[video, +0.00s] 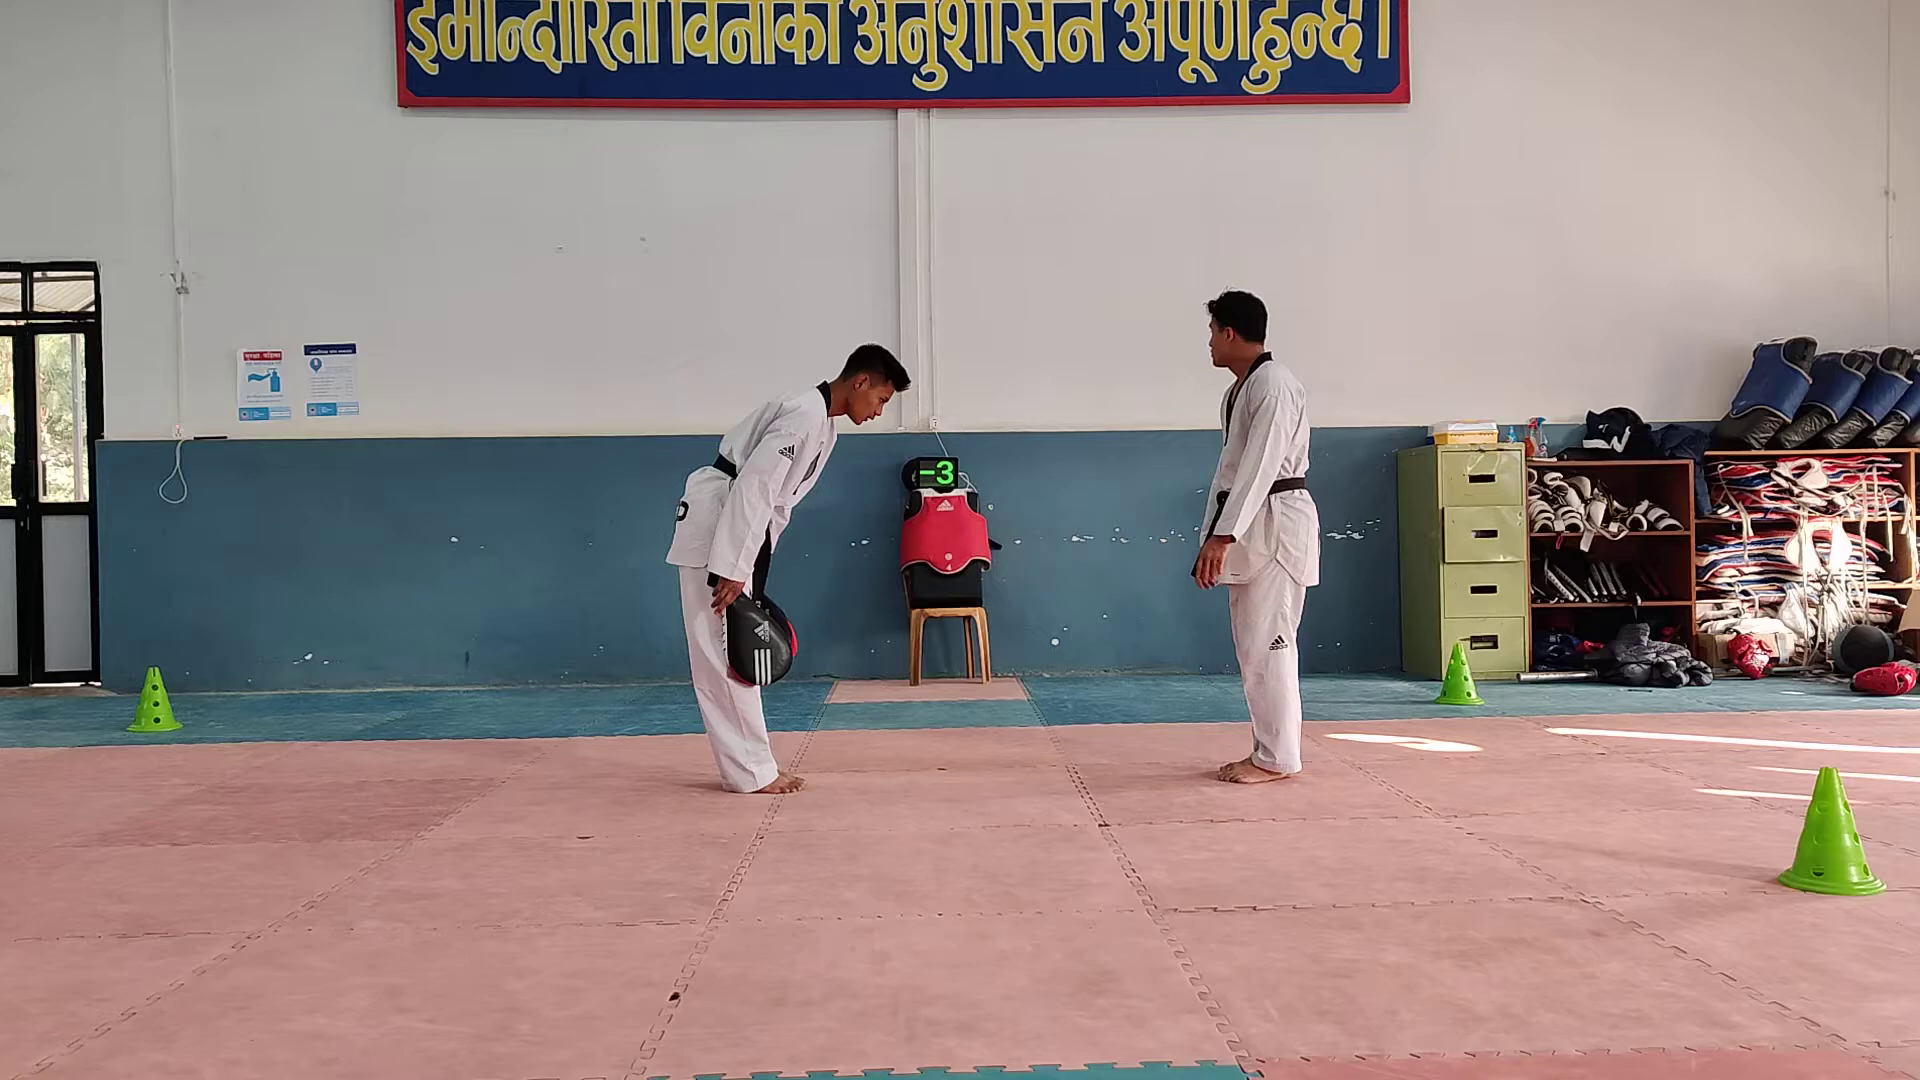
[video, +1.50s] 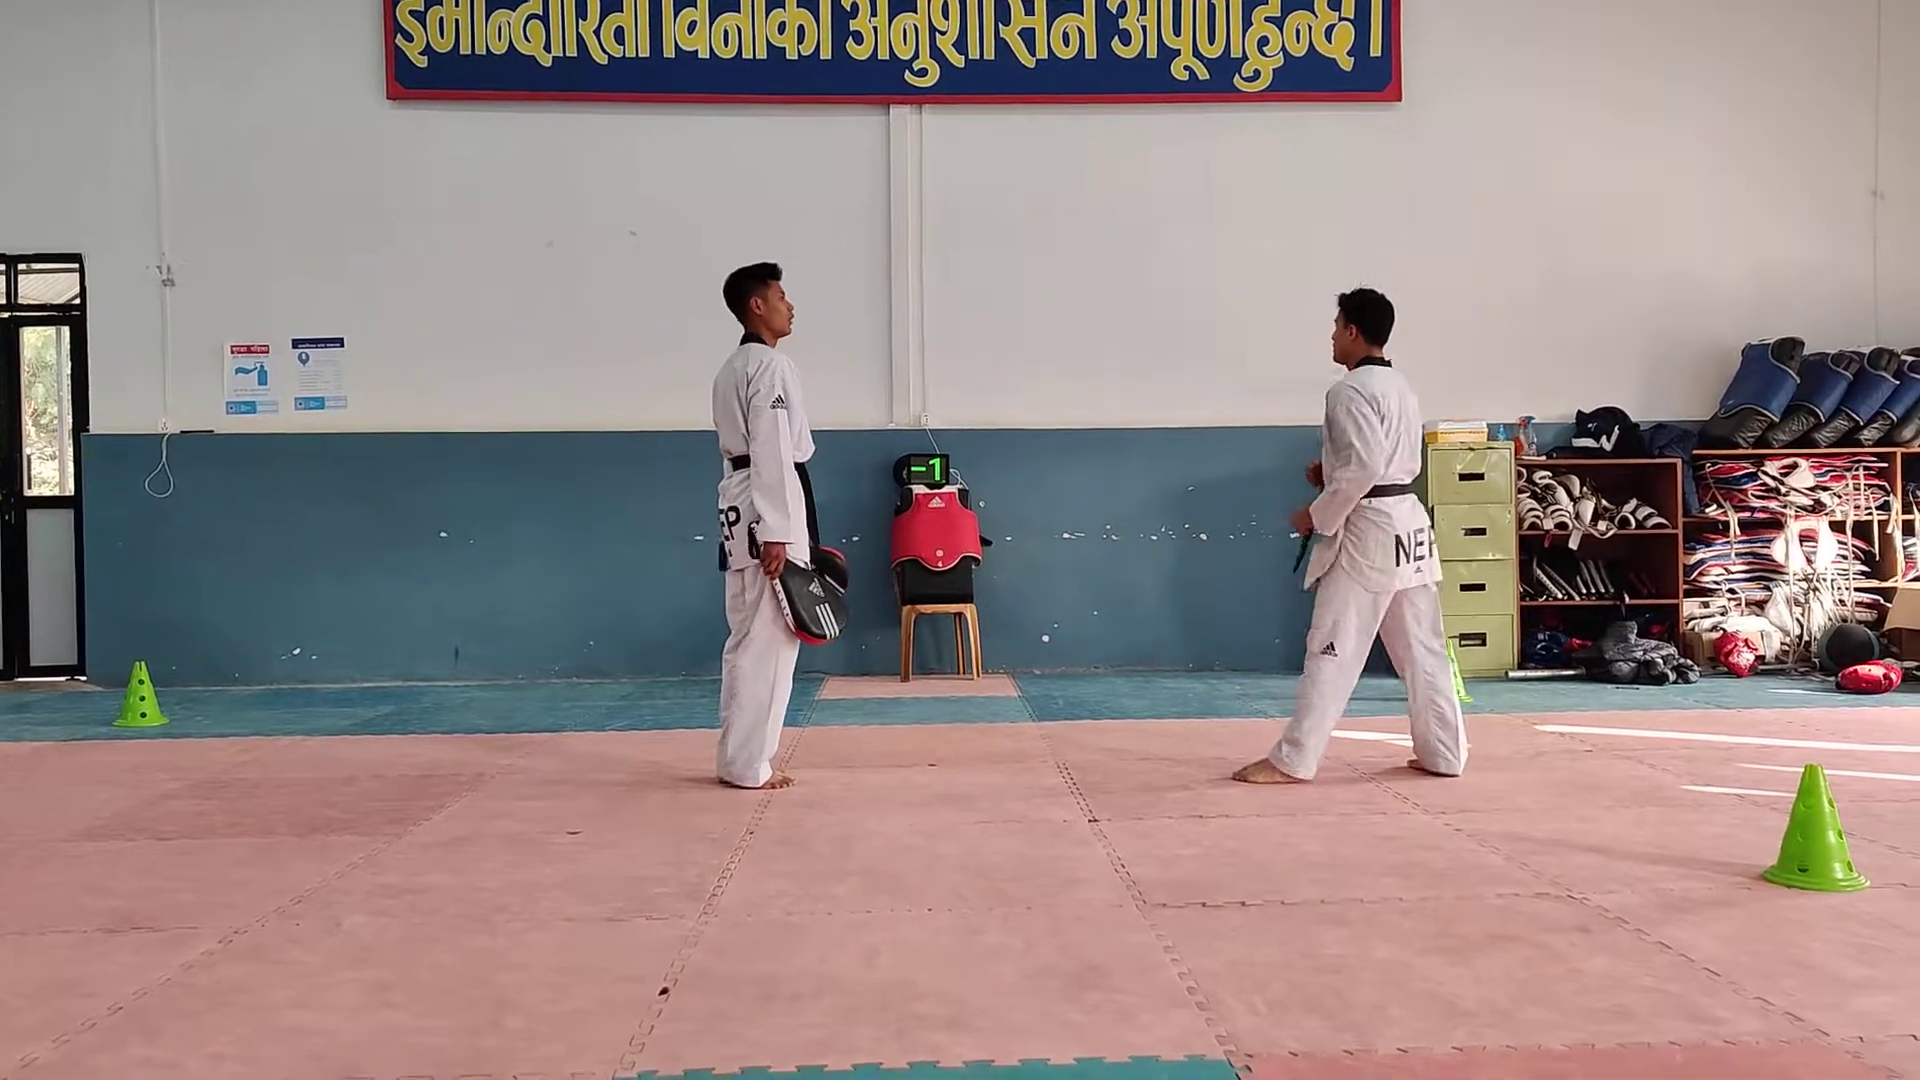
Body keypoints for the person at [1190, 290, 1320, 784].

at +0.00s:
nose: (1209, 341)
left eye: (1212, 332)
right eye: (1210, 331)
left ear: (1230, 334)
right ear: (1241, 334)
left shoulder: (1274, 386)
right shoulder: (1242, 392)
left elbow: (1259, 471)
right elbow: (1226, 473)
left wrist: (1222, 535)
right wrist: (1208, 536)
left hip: (1277, 523)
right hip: (1256, 525)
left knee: (1269, 640)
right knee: (1257, 640)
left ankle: (1277, 756)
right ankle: (1271, 751)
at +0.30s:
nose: (1235, 333)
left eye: (1240, 323)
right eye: (1238, 324)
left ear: (1258, 329)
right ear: (1268, 330)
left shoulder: (1289, 386)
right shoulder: (1260, 388)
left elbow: (1284, 474)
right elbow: (1231, 470)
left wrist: (1231, 526)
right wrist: (1202, 525)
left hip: (1269, 534)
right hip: (1250, 532)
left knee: (1255, 643)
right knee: (1255, 642)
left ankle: (1281, 758)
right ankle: (1268, 753)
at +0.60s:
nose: (1243, 328)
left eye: (1251, 319)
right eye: (1246, 319)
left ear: (1276, 327)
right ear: (1278, 328)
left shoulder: (1293, 389)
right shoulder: (1272, 388)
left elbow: (1291, 474)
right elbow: (1261, 471)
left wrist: (1241, 526)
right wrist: (1227, 520)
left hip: (1280, 534)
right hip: (1260, 533)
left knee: (1280, 649)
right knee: (1263, 649)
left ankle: (1288, 765)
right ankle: (1267, 755)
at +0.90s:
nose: (1253, 331)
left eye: (1258, 322)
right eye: (1256, 321)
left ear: (1273, 329)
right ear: (1299, 331)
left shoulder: (1287, 395)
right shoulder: (1317, 385)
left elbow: (1270, 482)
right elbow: (1312, 469)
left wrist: (1224, 522)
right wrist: (1242, 511)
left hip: (1303, 528)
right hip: (1325, 522)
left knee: (1298, 648)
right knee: (1301, 645)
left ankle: (1297, 768)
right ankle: (1283, 751)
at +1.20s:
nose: (1281, 333)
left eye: (1288, 324)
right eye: (1285, 323)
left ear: (1312, 331)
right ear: (1324, 334)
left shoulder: (1304, 396)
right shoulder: (1353, 389)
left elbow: (1289, 484)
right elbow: (1348, 465)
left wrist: (1250, 515)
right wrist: (1282, 470)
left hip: (1320, 529)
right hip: (1359, 523)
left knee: (1306, 649)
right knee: (1362, 643)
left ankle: (1293, 769)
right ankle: (1412, 743)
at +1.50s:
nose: (1332, 334)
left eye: (1337, 325)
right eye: (1335, 324)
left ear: (1354, 332)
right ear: (1376, 335)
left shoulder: (1350, 390)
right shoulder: (1400, 388)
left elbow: (1362, 465)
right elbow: (1400, 464)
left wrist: (1315, 515)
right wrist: (1335, 472)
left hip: (1368, 527)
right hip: (1412, 521)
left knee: (1333, 647)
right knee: (1422, 647)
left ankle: (1294, 759)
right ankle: (1442, 754)